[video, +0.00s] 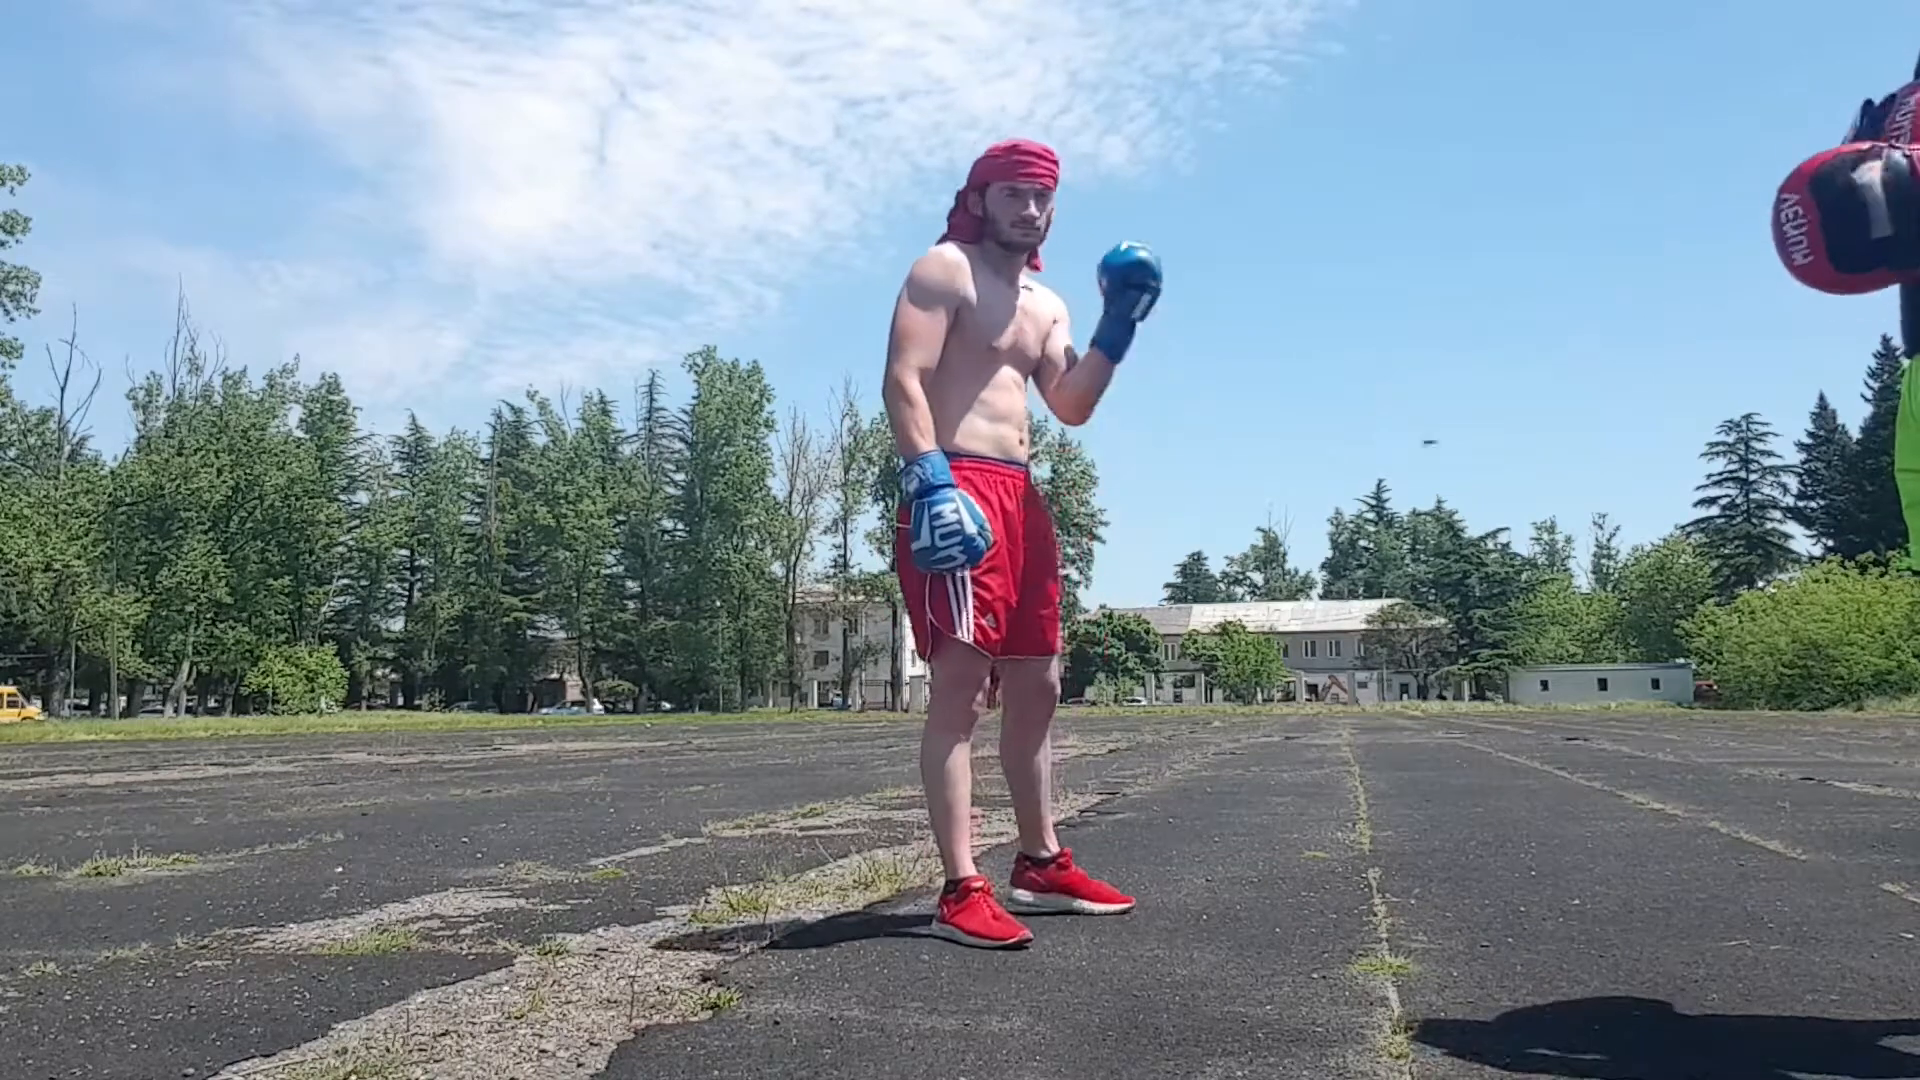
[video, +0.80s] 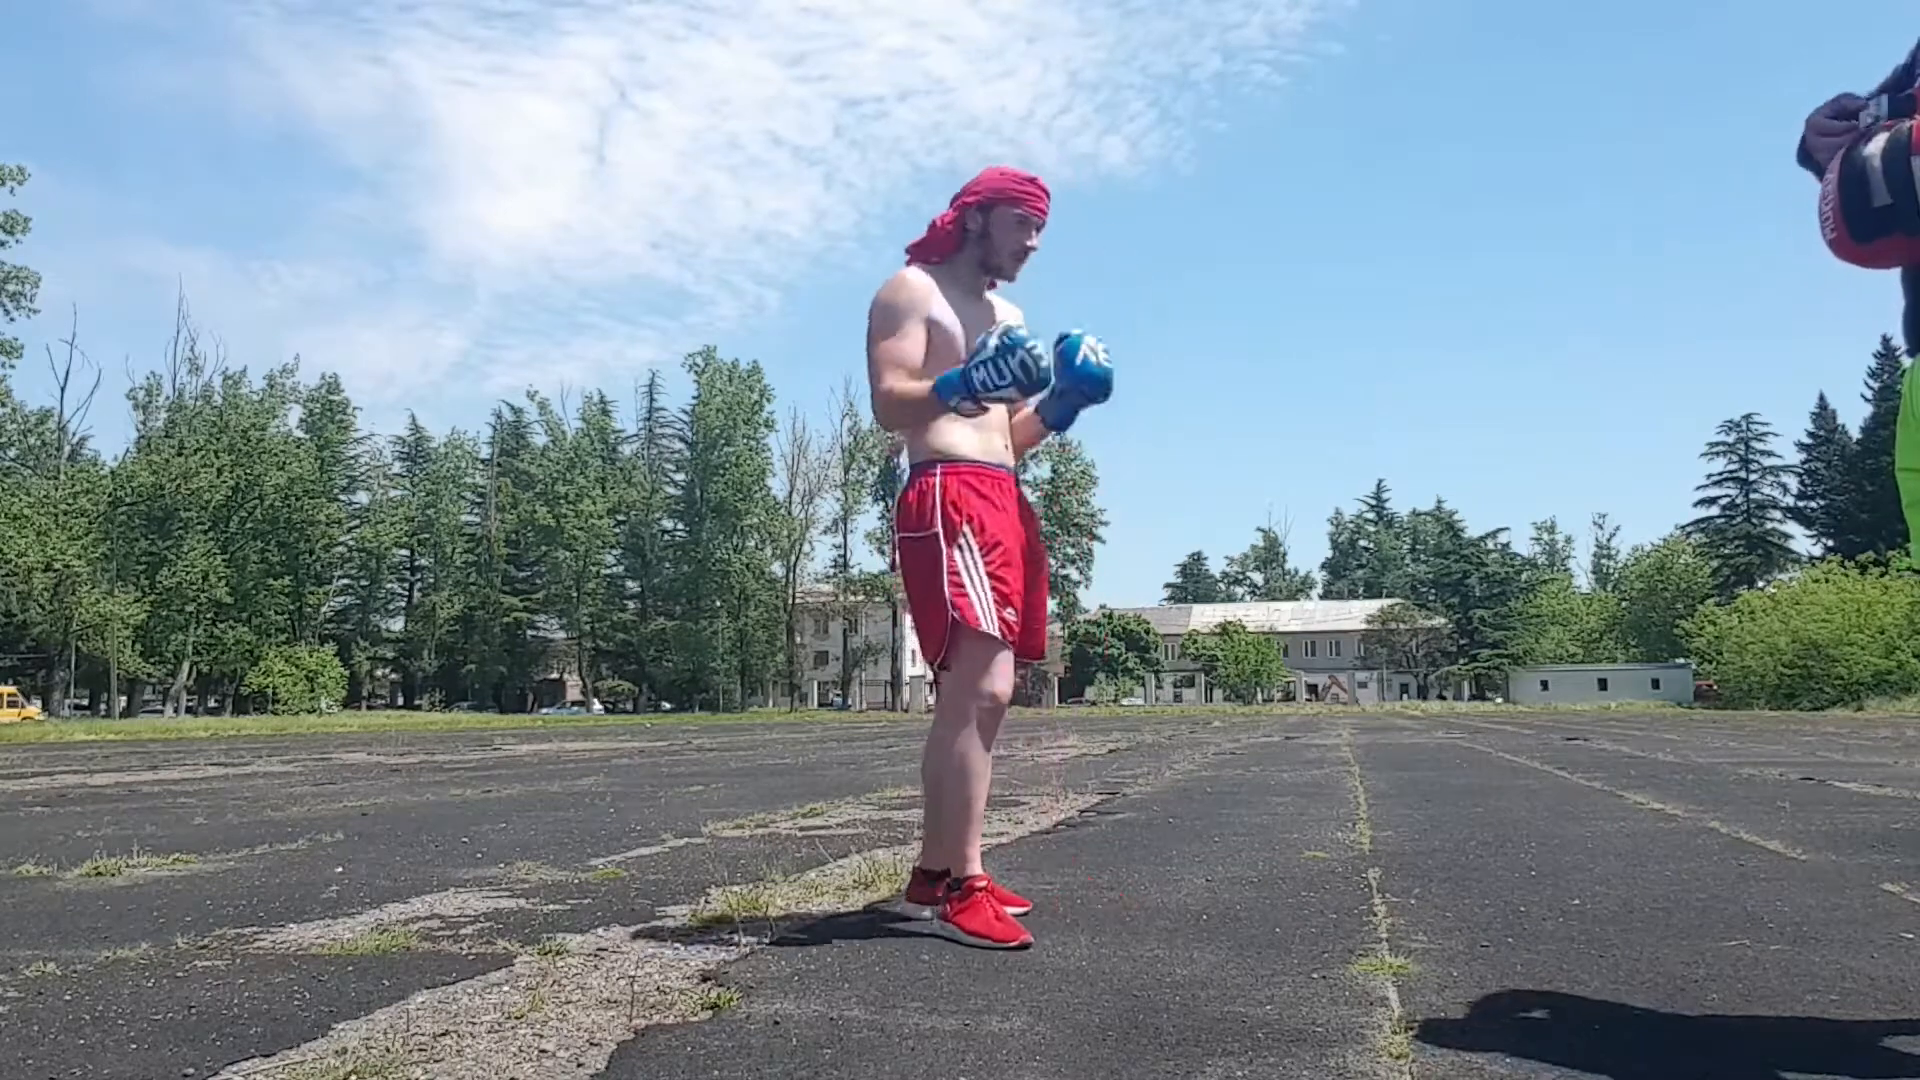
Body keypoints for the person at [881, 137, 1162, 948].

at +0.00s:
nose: (1030, 209)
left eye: (1041, 198)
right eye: (1013, 195)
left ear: (1051, 210)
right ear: (979, 202)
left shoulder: (1047, 303)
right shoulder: (944, 268)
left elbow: (1071, 404)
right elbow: (903, 378)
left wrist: (1117, 322)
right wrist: (932, 485)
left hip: (1022, 497)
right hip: (955, 492)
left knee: (1037, 687)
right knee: (958, 688)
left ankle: (1041, 859)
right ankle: (962, 885)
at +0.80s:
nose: (1032, 243)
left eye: (1038, 232)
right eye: (1023, 226)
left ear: (1020, 238)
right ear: (977, 219)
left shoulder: (1004, 314)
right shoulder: (912, 289)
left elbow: (1007, 442)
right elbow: (892, 405)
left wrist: (1062, 401)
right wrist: (959, 387)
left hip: (1004, 501)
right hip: (949, 495)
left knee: (977, 692)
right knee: (985, 686)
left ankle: (936, 873)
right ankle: (960, 881)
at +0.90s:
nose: (1029, 256)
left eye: (1037, 245)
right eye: (1020, 238)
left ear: (1036, 252)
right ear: (977, 230)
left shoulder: (1009, 322)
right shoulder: (910, 288)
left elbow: (1006, 438)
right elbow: (906, 394)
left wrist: (1053, 425)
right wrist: (966, 326)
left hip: (999, 503)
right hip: (940, 495)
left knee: (960, 691)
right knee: (998, 675)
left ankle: (932, 872)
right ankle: (967, 875)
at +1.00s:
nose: (1024, 256)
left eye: (1034, 249)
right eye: (1018, 239)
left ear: (1032, 258)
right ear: (975, 226)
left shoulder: (1012, 325)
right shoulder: (908, 282)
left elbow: (1002, 436)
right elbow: (913, 365)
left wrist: (1045, 435)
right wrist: (970, 306)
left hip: (992, 503)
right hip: (935, 493)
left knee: (960, 687)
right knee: (989, 670)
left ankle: (936, 872)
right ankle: (954, 871)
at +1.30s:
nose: (1036, 270)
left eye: (1042, 259)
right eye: (1029, 252)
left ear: (1023, 259)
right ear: (983, 235)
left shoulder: (988, 325)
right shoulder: (918, 275)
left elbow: (990, 444)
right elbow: (912, 370)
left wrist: (1048, 403)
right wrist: (982, 316)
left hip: (979, 509)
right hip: (927, 502)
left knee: (956, 698)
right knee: (936, 690)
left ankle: (936, 870)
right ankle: (887, 883)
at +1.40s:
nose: (1033, 256)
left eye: (1039, 245)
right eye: (1026, 238)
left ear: (1021, 245)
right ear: (980, 224)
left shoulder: (982, 320)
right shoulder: (912, 272)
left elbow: (989, 438)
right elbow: (905, 371)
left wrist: (1050, 387)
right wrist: (977, 322)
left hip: (976, 509)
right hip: (921, 501)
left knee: (952, 705)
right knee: (914, 698)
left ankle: (936, 872)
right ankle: (886, 889)